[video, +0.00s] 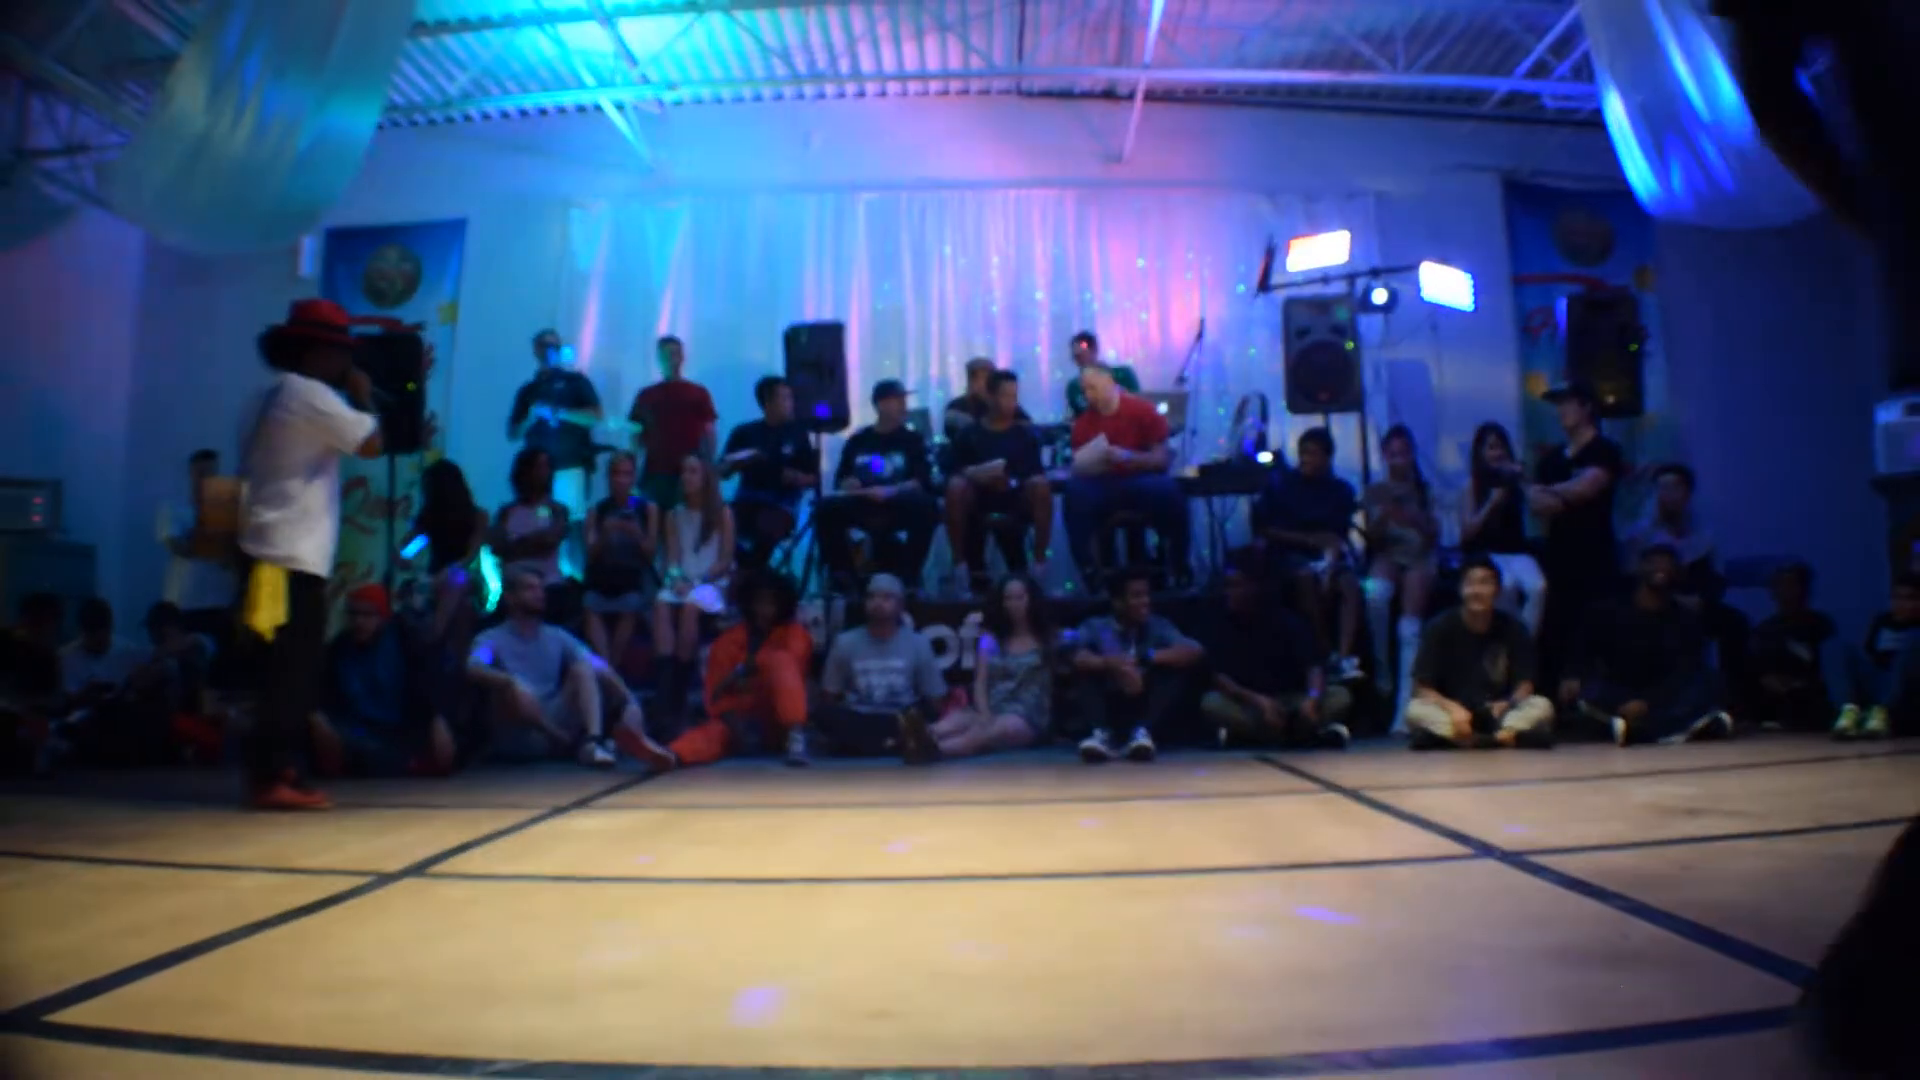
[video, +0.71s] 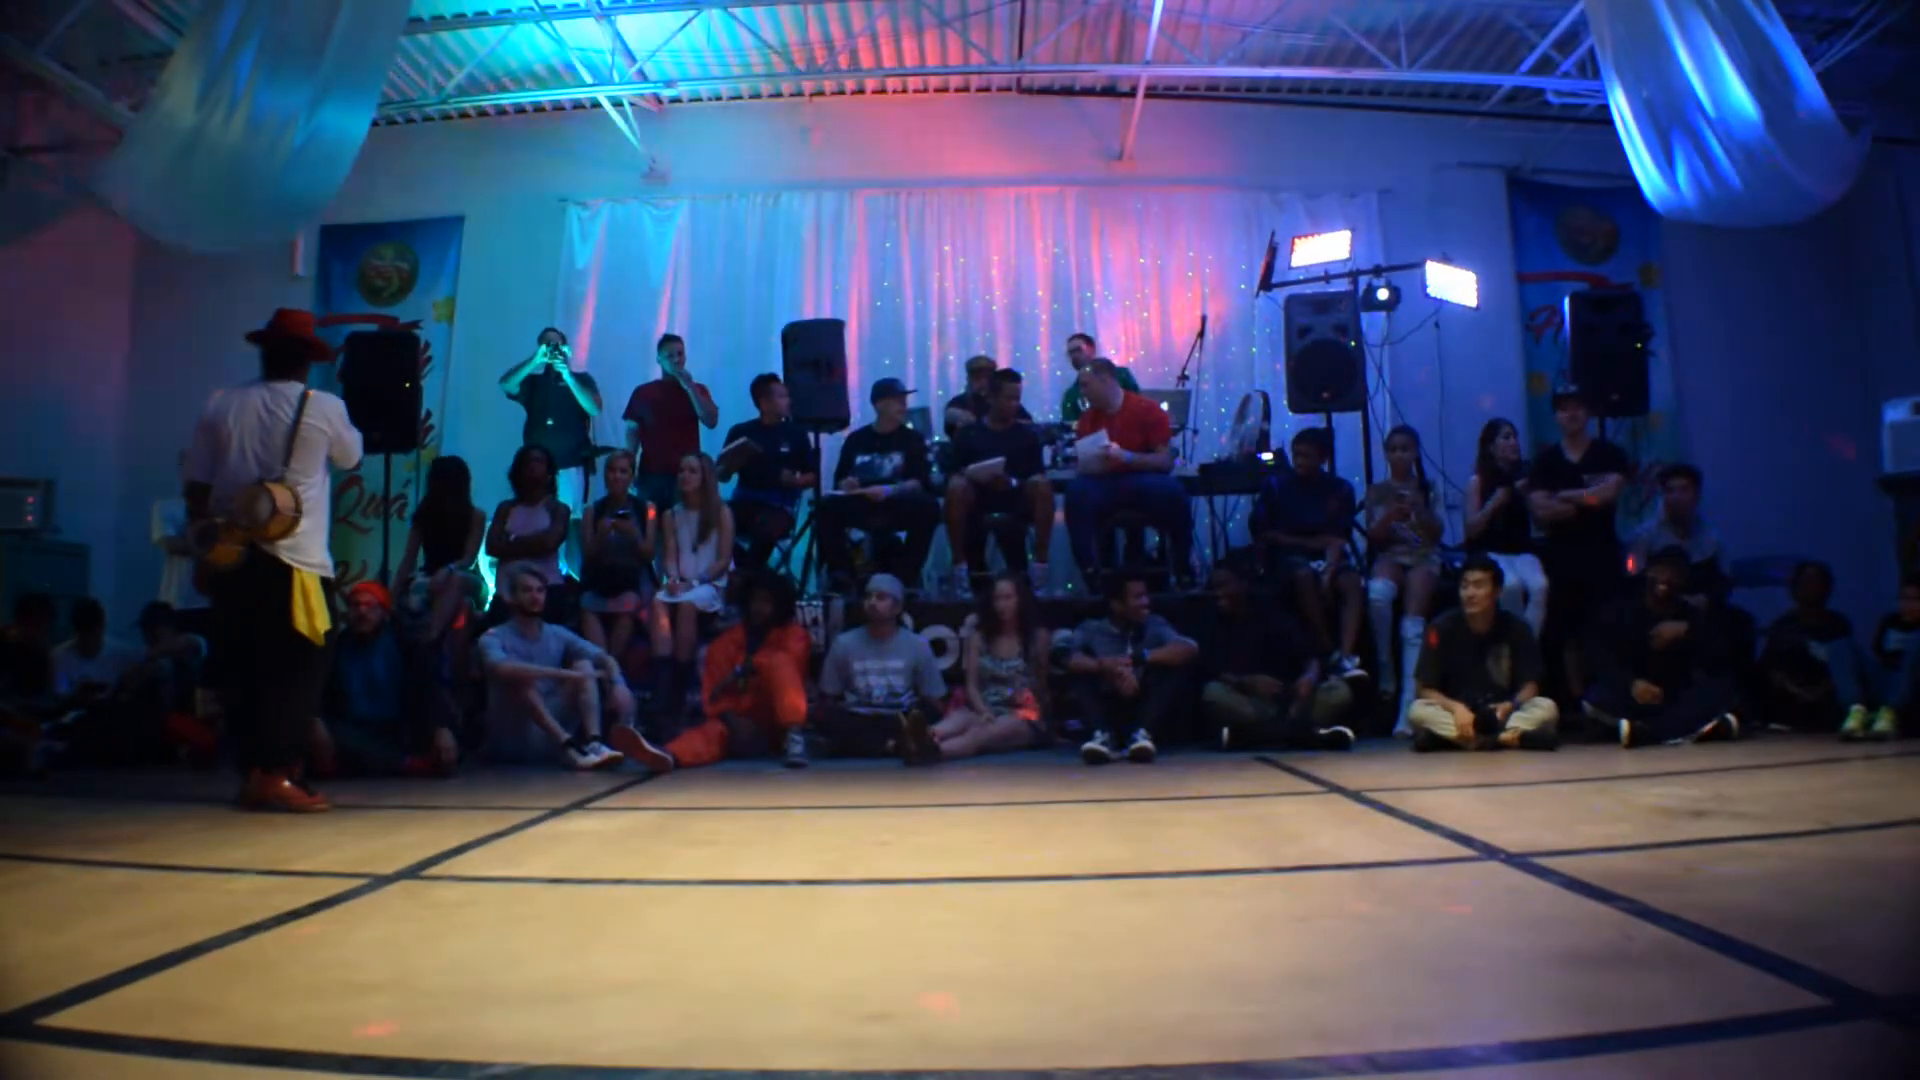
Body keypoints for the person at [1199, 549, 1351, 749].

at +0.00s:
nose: (1233, 592)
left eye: (1239, 585)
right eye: (1230, 586)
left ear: (1257, 587)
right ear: (1225, 587)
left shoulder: (1284, 619)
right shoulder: (1222, 624)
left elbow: (1313, 665)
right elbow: (1217, 677)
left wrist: (1313, 700)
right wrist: (1260, 702)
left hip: (1291, 692)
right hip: (1246, 699)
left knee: (1340, 697)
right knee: (1212, 703)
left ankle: (1246, 735)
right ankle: (1304, 736)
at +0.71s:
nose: (1221, 597)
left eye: (1227, 589)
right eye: (1216, 591)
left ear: (1243, 586)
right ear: (1213, 593)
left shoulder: (1269, 614)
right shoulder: (1216, 625)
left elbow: (1310, 657)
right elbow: (1215, 672)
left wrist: (1308, 680)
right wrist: (1249, 682)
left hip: (1289, 689)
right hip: (1250, 694)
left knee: (1338, 691)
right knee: (1213, 693)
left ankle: (1253, 737)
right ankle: (1307, 736)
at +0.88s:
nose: (1223, 593)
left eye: (1228, 586)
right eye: (1216, 588)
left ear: (1242, 586)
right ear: (1210, 592)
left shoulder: (1264, 613)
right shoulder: (1210, 622)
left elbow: (1315, 647)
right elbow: (1212, 664)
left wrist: (1306, 660)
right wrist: (1251, 668)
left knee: (1332, 677)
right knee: (1218, 680)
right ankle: (1294, 731)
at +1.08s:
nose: (1218, 593)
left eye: (1224, 586)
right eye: (1214, 588)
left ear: (1241, 586)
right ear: (1211, 591)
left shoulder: (1264, 614)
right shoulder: (1212, 624)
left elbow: (1315, 636)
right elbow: (1212, 665)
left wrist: (1287, 660)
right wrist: (1256, 663)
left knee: (1317, 660)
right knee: (1215, 680)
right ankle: (1297, 733)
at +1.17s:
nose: (1221, 593)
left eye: (1226, 585)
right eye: (1216, 588)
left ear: (1243, 586)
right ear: (1212, 592)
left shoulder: (1265, 613)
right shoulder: (1212, 623)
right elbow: (1208, 664)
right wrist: (1253, 664)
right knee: (1213, 681)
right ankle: (1293, 733)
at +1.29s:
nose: (1226, 594)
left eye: (1232, 586)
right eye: (1221, 588)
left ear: (1247, 586)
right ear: (1215, 593)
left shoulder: (1266, 612)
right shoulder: (1215, 621)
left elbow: (1314, 624)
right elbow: (1212, 661)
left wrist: (1312, 639)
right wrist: (1252, 663)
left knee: (1293, 638)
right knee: (1210, 679)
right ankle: (1282, 733)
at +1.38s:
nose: (1227, 594)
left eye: (1233, 587)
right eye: (1221, 589)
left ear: (1248, 587)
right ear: (1215, 592)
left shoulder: (1267, 614)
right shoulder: (1214, 622)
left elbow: (1314, 632)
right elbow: (1207, 660)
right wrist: (1260, 662)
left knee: (1290, 637)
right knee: (1207, 678)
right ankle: (1279, 732)